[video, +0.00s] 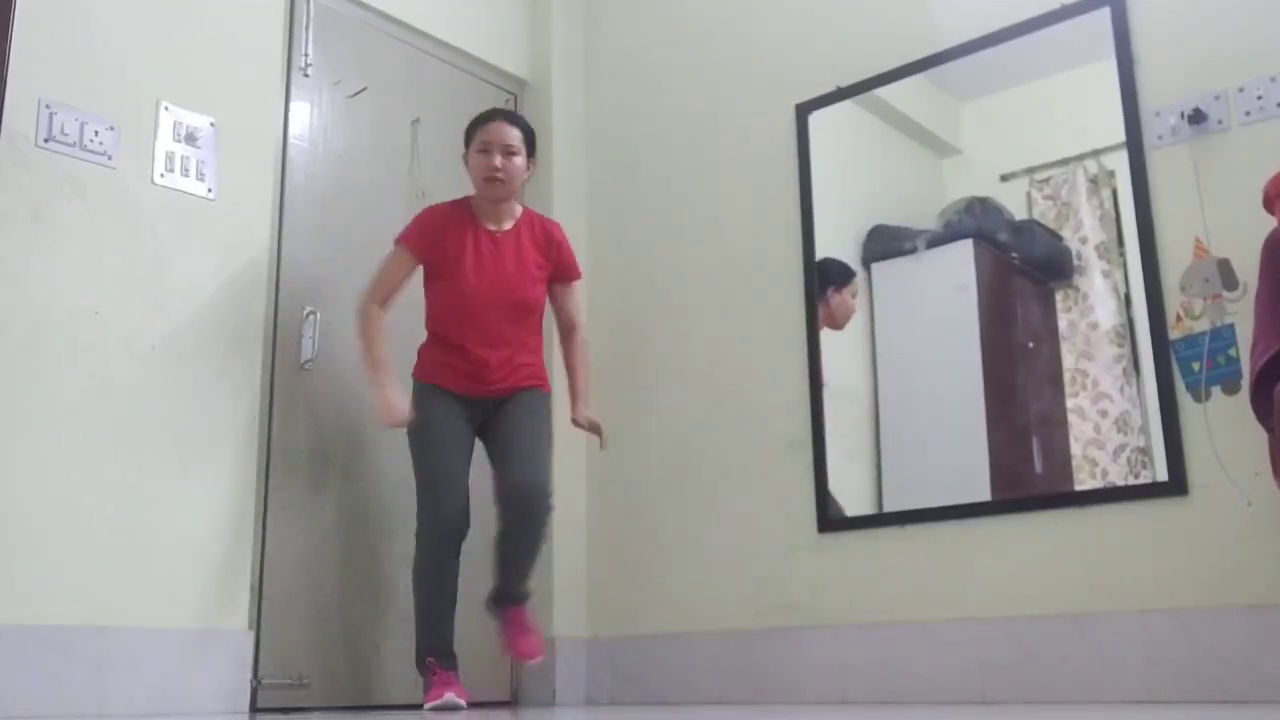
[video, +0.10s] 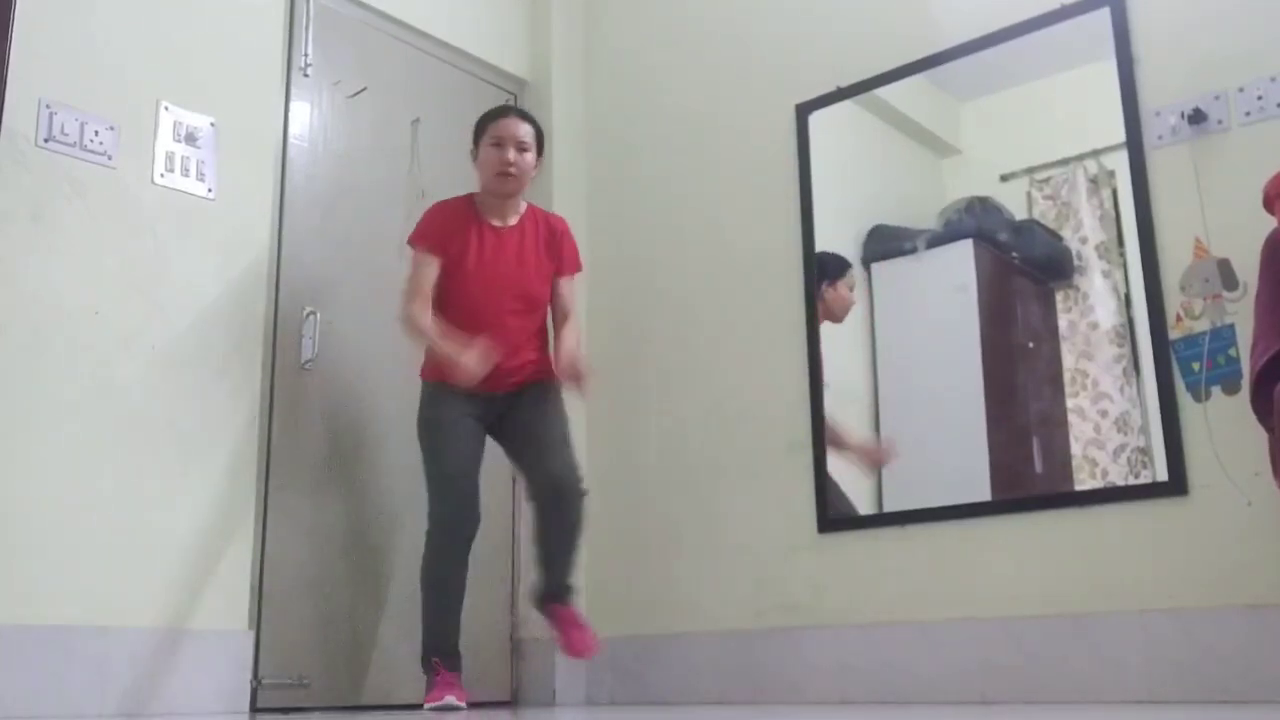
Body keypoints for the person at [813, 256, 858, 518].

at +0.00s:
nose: (854, 307)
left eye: (855, 297)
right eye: (851, 296)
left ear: (831, 295)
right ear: (831, 295)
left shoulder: (809, 340)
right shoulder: (806, 344)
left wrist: (827, 501)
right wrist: (828, 503)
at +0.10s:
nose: (853, 300)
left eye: (852, 290)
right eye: (849, 289)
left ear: (826, 289)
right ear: (826, 289)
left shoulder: (809, 334)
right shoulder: (806, 336)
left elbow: (813, 417)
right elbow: (811, 418)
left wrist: (859, 449)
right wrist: (859, 450)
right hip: (801, 465)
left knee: (850, 528)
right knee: (850, 528)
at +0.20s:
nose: (857, 285)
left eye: (857, 276)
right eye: (852, 275)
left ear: (829, 277)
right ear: (827, 276)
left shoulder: (820, 314)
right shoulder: (815, 311)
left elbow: (830, 400)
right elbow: (823, 380)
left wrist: (889, 395)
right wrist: (887, 394)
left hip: (805, 454)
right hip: (797, 456)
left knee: (844, 527)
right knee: (843, 527)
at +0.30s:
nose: (861, 277)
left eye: (860, 268)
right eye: (855, 267)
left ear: (829, 270)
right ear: (829, 269)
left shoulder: (824, 300)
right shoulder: (819, 297)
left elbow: (852, 385)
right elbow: (839, 366)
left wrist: (906, 356)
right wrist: (903, 354)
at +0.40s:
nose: (863, 275)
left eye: (862, 266)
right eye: (855, 264)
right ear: (828, 267)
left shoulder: (824, 298)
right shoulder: (821, 295)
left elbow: (860, 384)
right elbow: (855, 367)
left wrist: (919, 356)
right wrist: (919, 352)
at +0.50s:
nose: (867, 269)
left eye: (867, 261)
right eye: (860, 258)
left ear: (834, 264)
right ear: (832, 262)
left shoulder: (821, 296)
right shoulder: (829, 289)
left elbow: (845, 391)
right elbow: (854, 368)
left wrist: (910, 399)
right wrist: (922, 392)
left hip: (815, 440)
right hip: (810, 440)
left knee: (831, 529)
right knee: (832, 530)